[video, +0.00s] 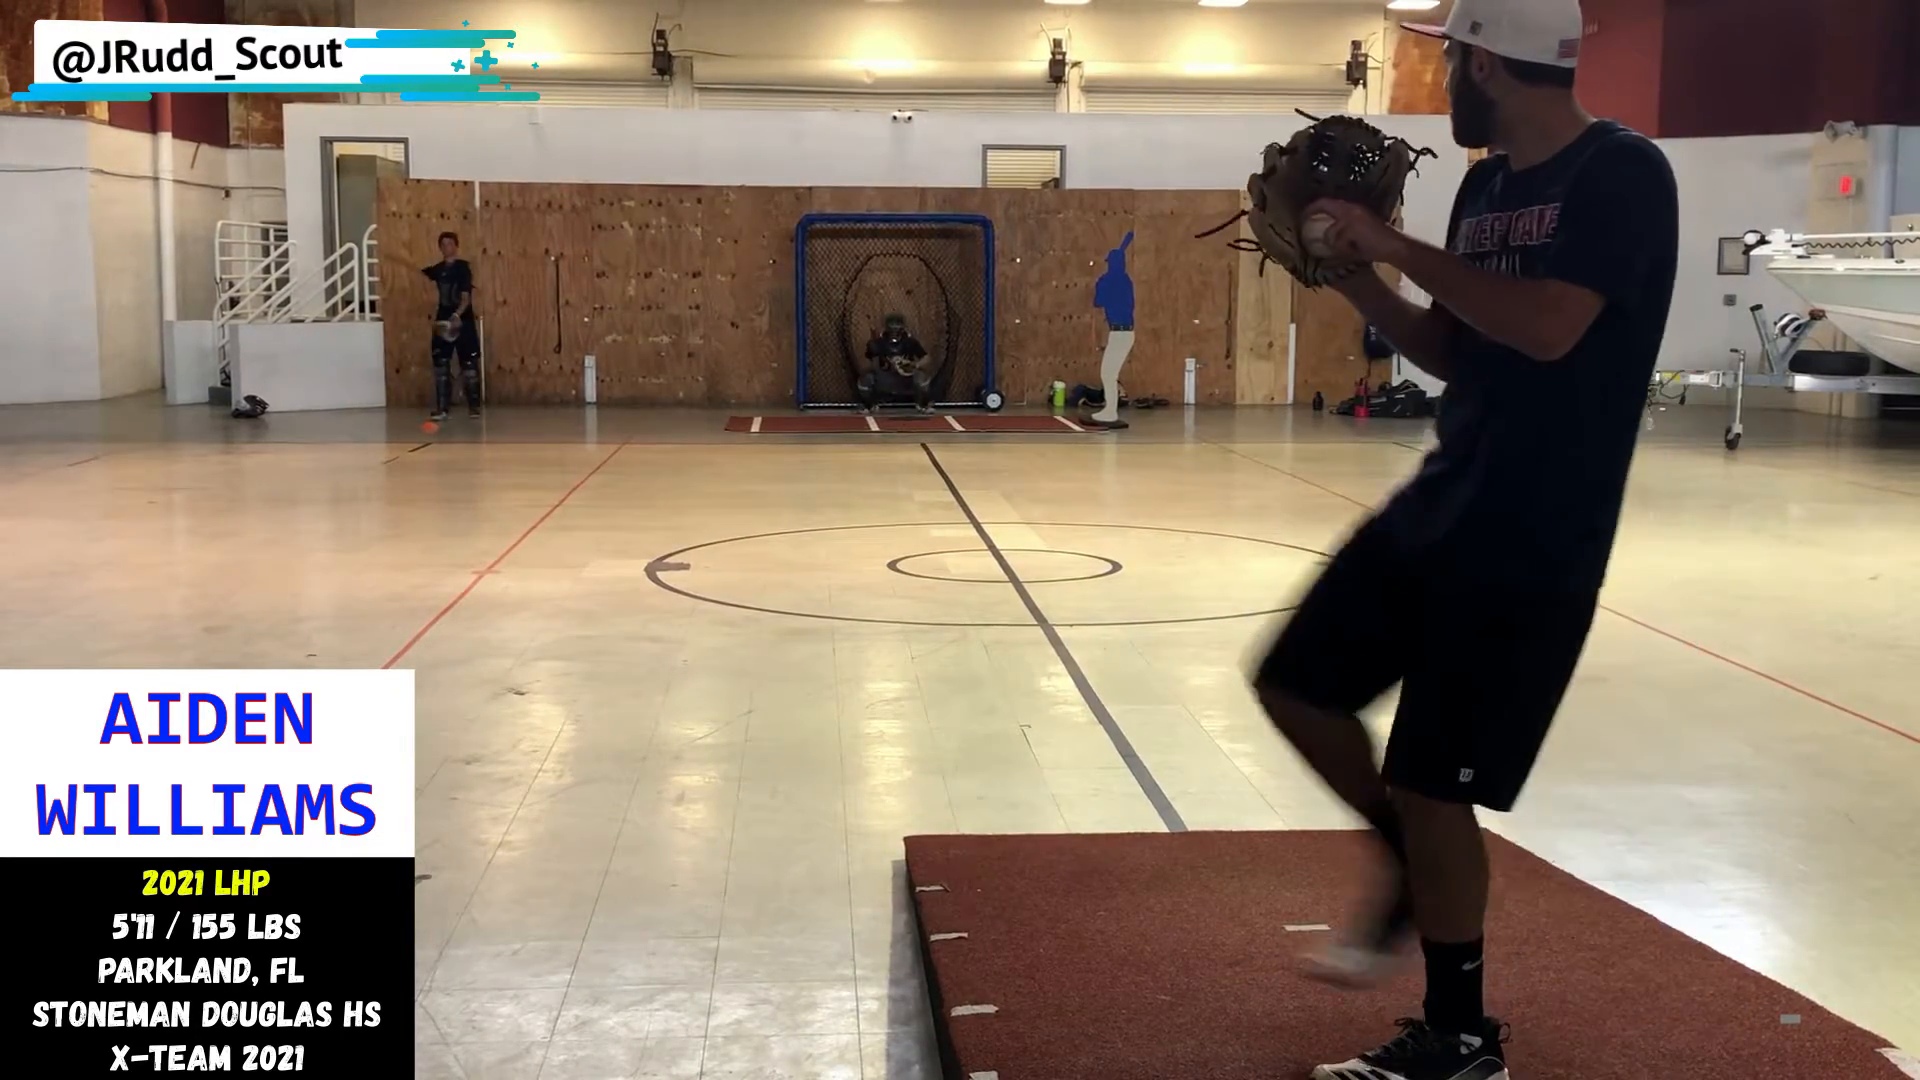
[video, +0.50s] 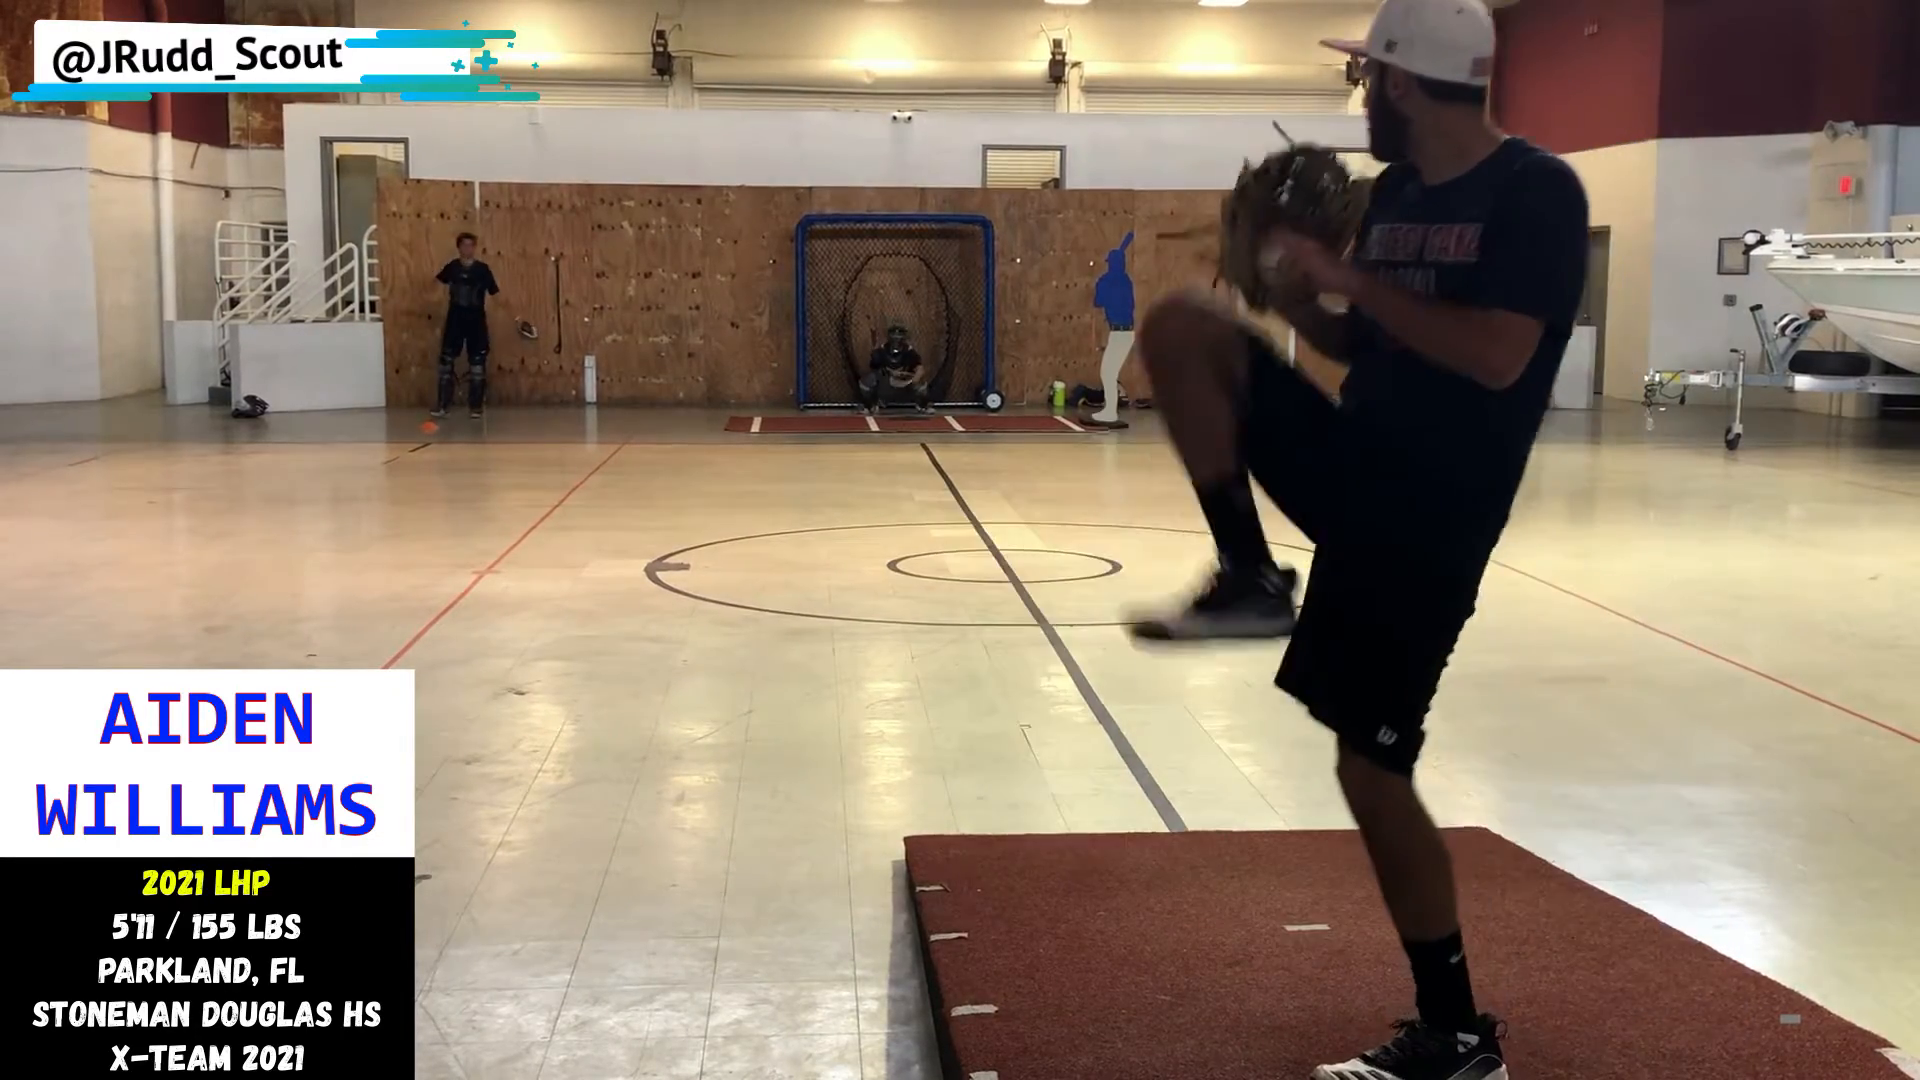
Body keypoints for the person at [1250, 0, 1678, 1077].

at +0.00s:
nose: (1445, 85)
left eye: (1452, 59)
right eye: (1446, 62)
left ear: (1489, 60)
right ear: (1526, 62)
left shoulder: (1624, 171)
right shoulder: (1485, 185)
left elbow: (1547, 326)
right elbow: (1452, 354)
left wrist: (1391, 243)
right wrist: (1352, 277)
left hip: (1539, 533)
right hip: (1446, 504)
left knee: (1429, 778)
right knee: (1296, 685)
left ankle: (1457, 1028)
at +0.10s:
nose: (1440, 79)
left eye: (1446, 55)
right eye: (1442, 57)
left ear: (1483, 58)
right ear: (1517, 61)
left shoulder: (1620, 172)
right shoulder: (1476, 183)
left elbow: (1547, 325)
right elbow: (1441, 344)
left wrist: (1390, 245)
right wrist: (1342, 278)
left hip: (1514, 526)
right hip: (1421, 483)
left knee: (1430, 771)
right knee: (1215, 575)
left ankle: (1457, 1030)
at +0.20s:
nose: (1431, 81)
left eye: (1439, 58)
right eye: (1433, 59)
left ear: (1475, 60)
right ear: (1513, 63)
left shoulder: (1608, 174)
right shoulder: (1463, 184)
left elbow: (1538, 326)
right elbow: (1421, 343)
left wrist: (1383, 250)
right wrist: (1334, 280)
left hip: (1488, 522)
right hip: (1398, 470)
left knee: (1425, 762)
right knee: (1179, 451)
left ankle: (1458, 1031)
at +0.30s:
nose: (1413, 86)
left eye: (1421, 62)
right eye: (1415, 66)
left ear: (1454, 62)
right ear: (1496, 66)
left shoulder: (1589, 174)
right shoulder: (1444, 184)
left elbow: (1527, 328)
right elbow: (1401, 341)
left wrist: (1370, 251)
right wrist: (1313, 277)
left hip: (1463, 516)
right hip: (1377, 460)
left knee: (1419, 764)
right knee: (1177, 358)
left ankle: (1456, 1028)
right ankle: (1026, 575)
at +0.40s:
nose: (1395, 84)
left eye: (1400, 64)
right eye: (1397, 66)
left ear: (1428, 69)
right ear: (1468, 72)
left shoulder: (1568, 181)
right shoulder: (1418, 187)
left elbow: (1513, 335)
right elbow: (1381, 349)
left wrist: (1359, 259)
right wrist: (1307, 273)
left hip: (1447, 510)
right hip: (1363, 457)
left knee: (1401, 766)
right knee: (1195, 292)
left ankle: (1457, 1030)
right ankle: (1133, 539)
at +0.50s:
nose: (1363, 97)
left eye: (1372, 78)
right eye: (1365, 78)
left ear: (1411, 83)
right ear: (1423, 85)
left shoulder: (1541, 191)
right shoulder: (1395, 197)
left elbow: (1500, 353)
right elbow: (1371, 360)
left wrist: (1349, 281)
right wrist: (1292, 300)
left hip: (1431, 520)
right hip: (1348, 470)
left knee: (1371, 772)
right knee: (1181, 324)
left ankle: (1451, 1031)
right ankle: (1248, 573)